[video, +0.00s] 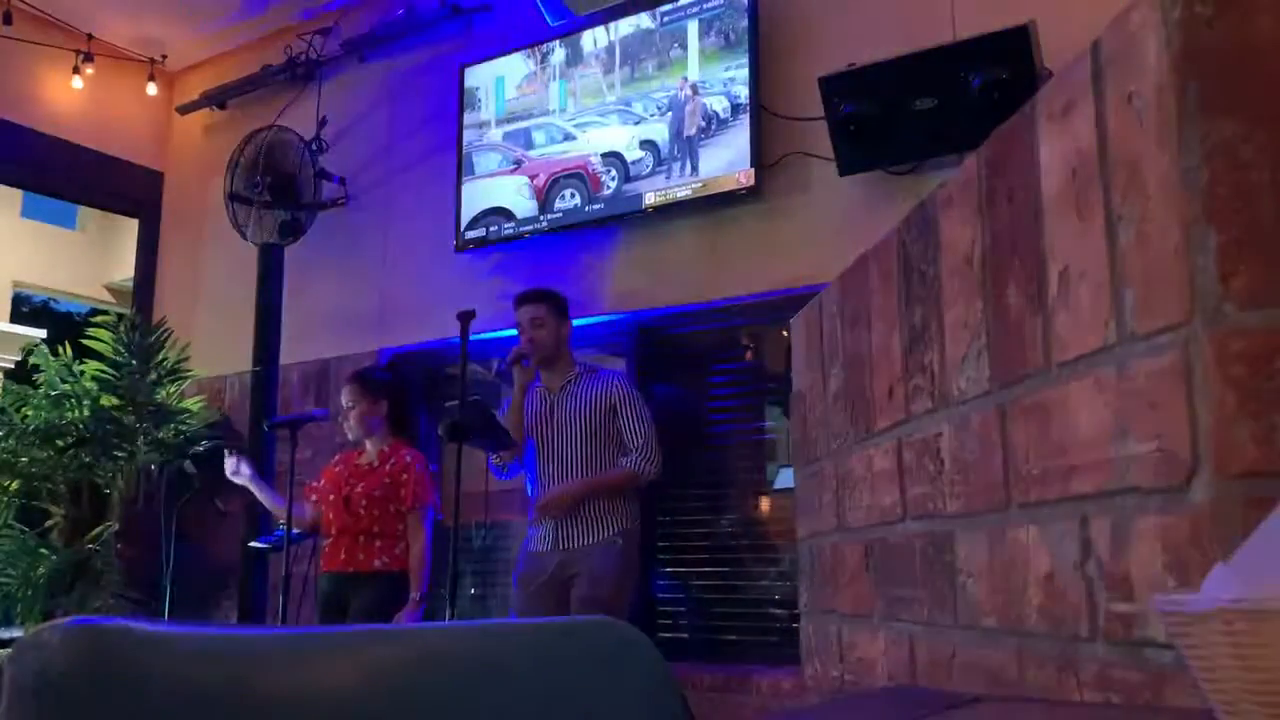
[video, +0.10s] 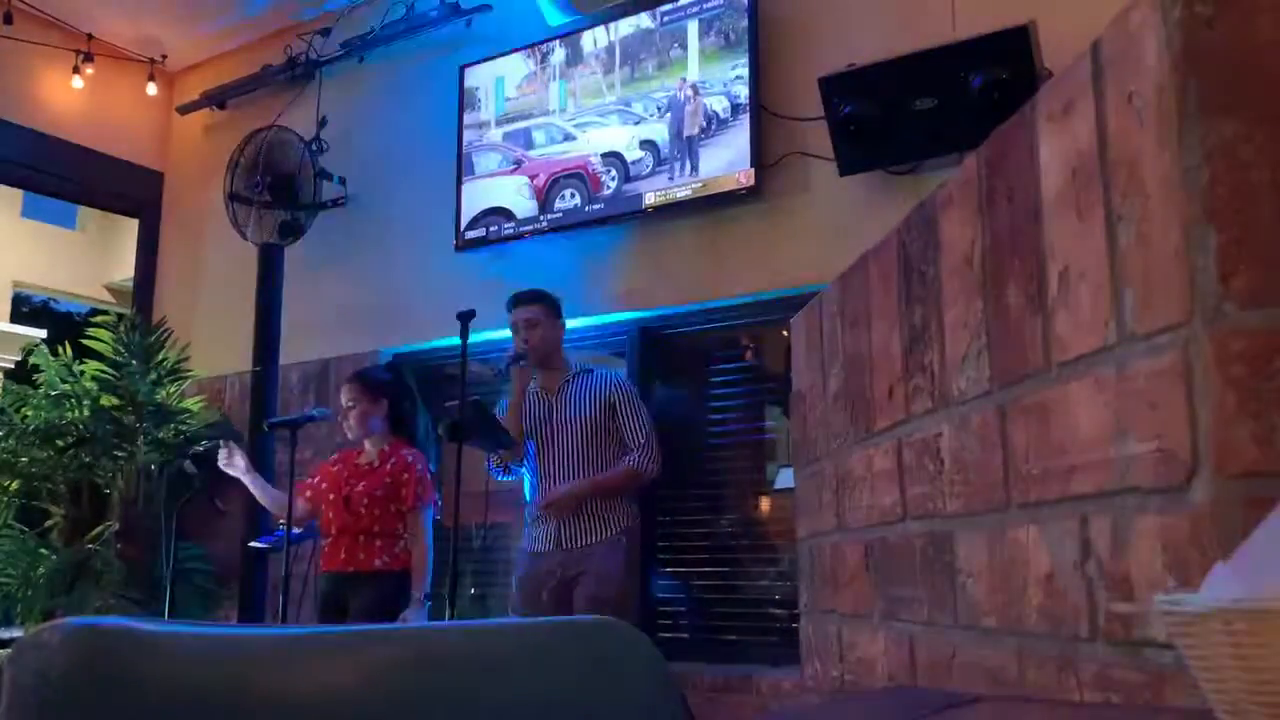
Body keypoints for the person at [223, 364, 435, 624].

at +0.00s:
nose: (343, 417)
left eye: (351, 407)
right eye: (342, 409)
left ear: (380, 408)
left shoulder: (408, 463)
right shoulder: (341, 464)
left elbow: (419, 537)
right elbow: (303, 518)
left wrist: (415, 601)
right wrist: (251, 481)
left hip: (383, 581)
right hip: (334, 580)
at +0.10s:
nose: (343, 416)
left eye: (352, 406)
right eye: (342, 408)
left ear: (381, 407)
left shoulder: (409, 463)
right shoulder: (338, 464)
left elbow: (420, 537)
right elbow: (294, 511)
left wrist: (418, 601)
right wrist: (247, 474)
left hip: (384, 582)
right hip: (334, 581)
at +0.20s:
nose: (343, 416)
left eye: (352, 406)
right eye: (342, 408)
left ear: (381, 407)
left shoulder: (409, 463)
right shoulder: (337, 464)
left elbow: (420, 538)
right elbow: (288, 508)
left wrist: (419, 602)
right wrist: (241, 469)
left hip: (384, 583)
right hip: (332, 583)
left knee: (374, 678)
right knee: (327, 676)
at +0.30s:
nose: (342, 415)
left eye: (351, 405)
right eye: (341, 407)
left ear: (381, 406)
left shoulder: (410, 464)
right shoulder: (335, 465)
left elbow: (420, 538)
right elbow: (286, 507)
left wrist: (420, 602)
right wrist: (238, 469)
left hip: (382, 583)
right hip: (330, 583)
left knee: (372, 677)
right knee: (320, 674)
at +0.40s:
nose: (342, 416)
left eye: (350, 406)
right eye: (340, 409)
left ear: (379, 407)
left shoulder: (410, 463)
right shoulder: (335, 464)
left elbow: (421, 536)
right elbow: (284, 506)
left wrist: (420, 601)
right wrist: (235, 469)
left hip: (382, 582)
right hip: (331, 581)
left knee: (370, 676)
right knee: (324, 674)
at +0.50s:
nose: (341, 416)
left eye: (350, 407)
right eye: (340, 409)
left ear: (379, 408)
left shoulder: (410, 464)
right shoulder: (334, 464)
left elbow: (421, 538)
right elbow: (290, 511)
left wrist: (420, 602)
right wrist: (237, 474)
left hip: (382, 582)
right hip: (330, 582)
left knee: (371, 678)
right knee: (325, 676)